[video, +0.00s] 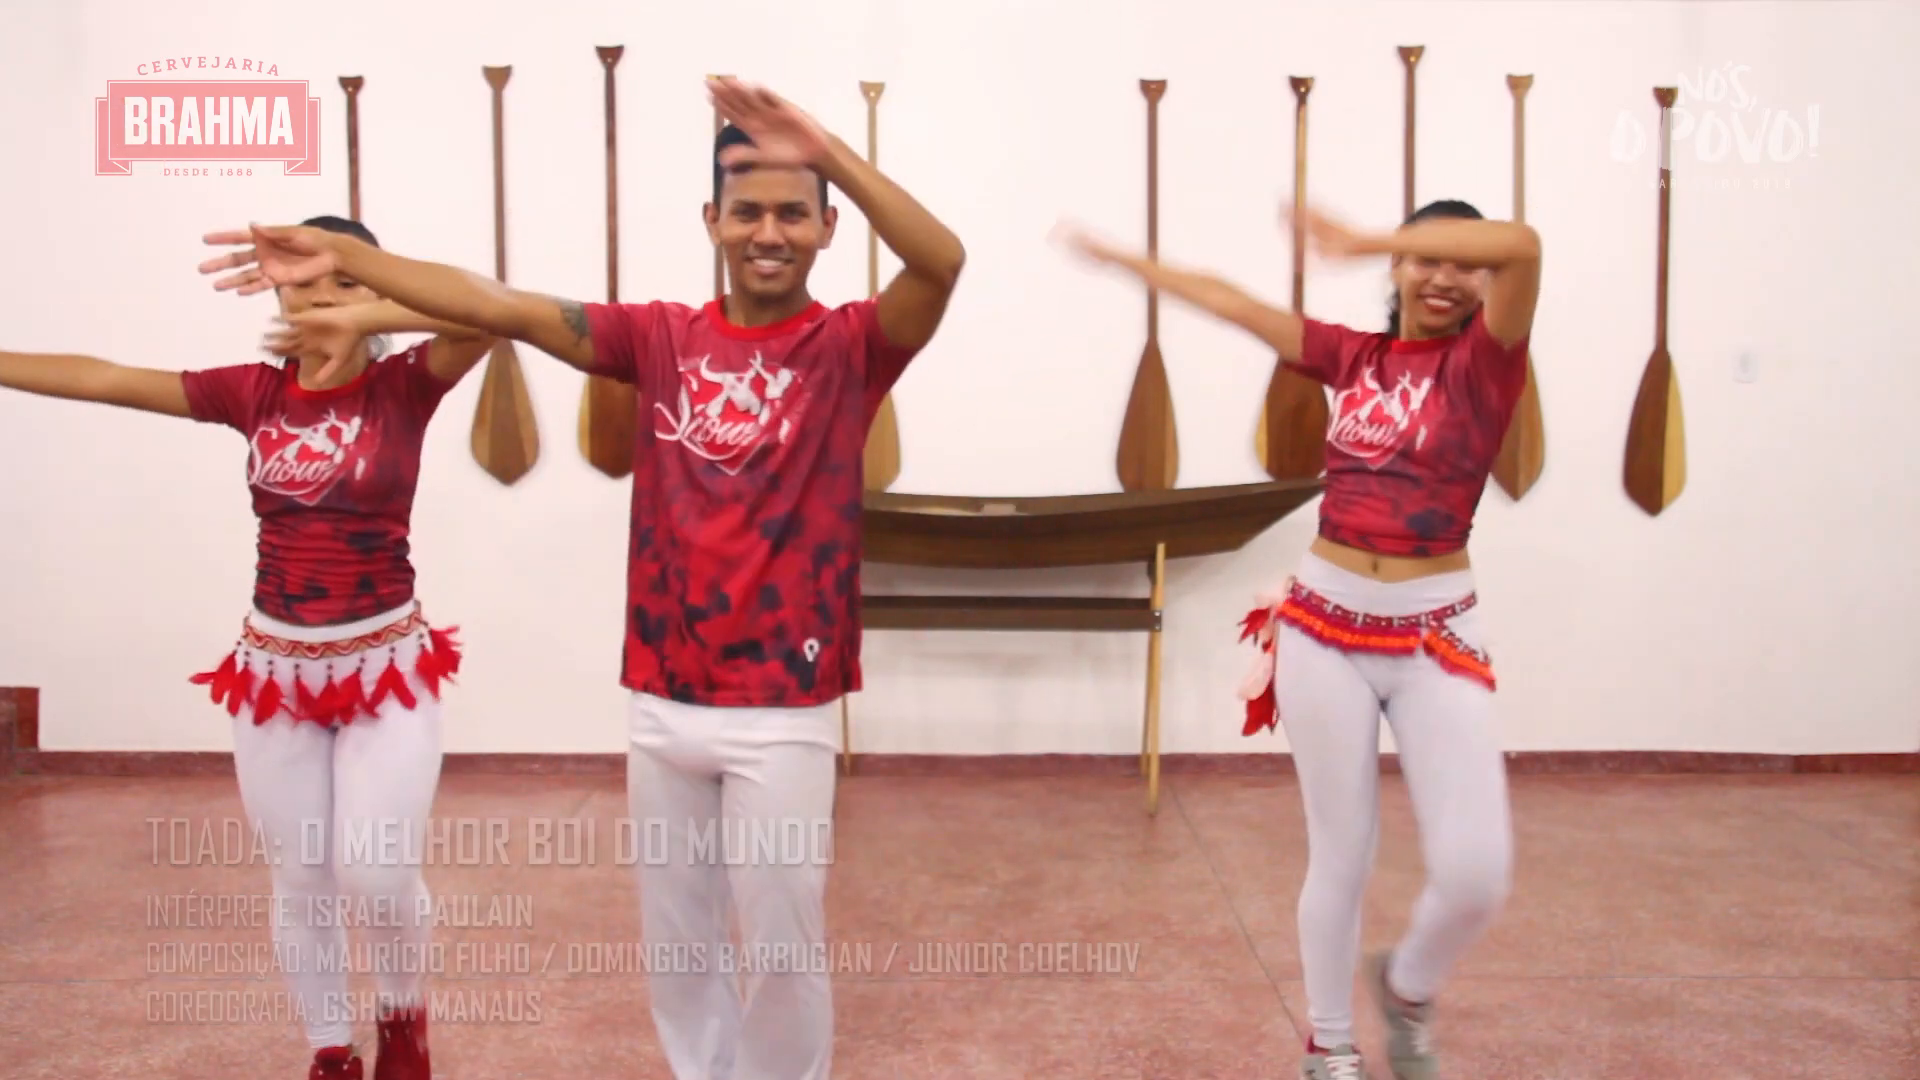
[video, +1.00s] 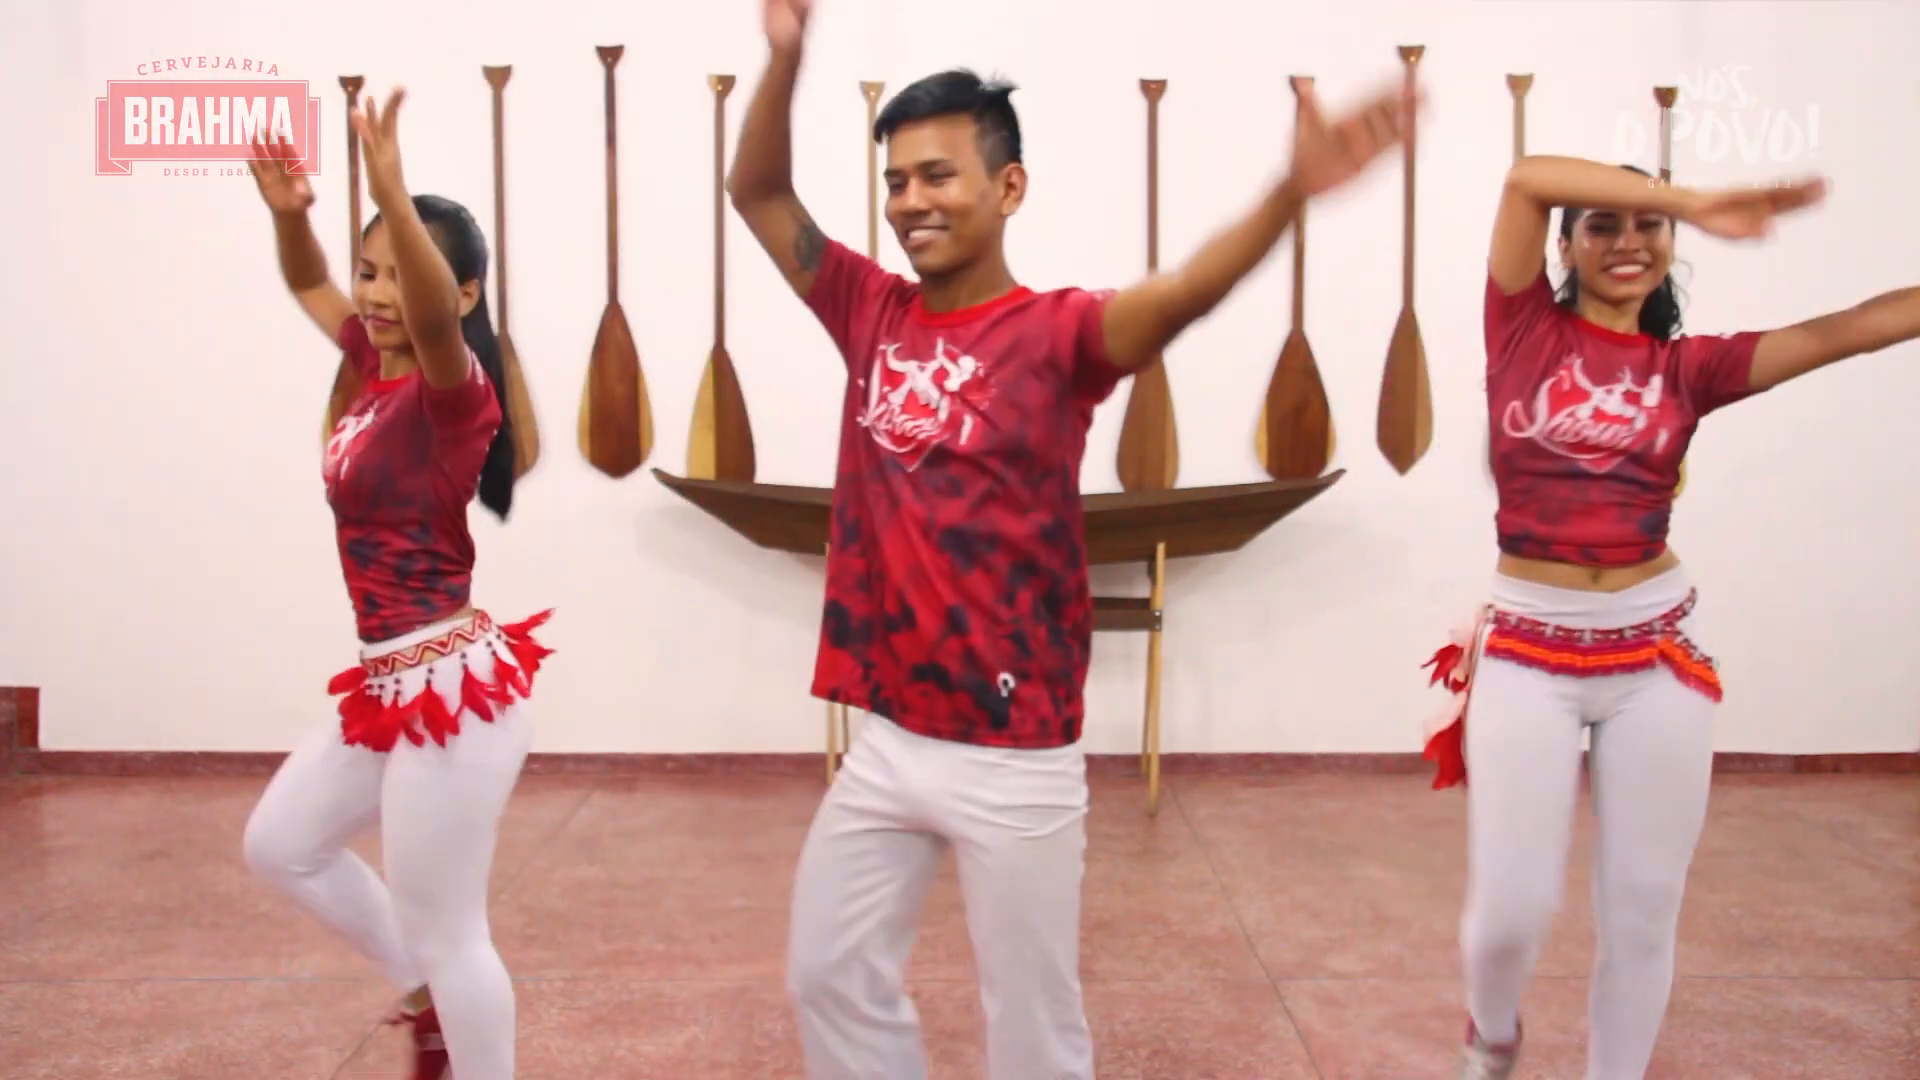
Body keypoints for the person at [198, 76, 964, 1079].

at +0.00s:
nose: (769, 232)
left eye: (791, 214)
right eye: (749, 212)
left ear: (822, 231)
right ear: (714, 226)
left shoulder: (851, 346)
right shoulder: (664, 334)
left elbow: (941, 262)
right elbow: (494, 305)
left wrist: (831, 154)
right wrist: (348, 253)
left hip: (786, 710)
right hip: (665, 703)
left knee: (779, 955)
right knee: (682, 955)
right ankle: (706, 1074)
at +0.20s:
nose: (758, 225)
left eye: (781, 205)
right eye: (737, 204)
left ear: (817, 223)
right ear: (703, 219)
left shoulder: (844, 344)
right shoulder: (653, 344)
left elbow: (909, 226)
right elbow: (503, 289)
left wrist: (789, 82)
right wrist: (365, 189)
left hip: (801, 724)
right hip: (681, 717)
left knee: (801, 960)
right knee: (677, 966)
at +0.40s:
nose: (780, 218)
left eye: (804, 200)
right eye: (757, 198)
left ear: (836, 221)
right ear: (724, 219)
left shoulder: (859, 346)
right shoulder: (684, 336)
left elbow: (923, 218)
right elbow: (553, 232)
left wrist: (885, 52)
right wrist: (474, 88)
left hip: (818, 736)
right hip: (695, 728)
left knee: (892, 977)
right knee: (695, 978)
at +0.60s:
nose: (834, 225)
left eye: (858, 205)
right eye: (811, 206)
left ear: (896, 231)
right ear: (779, 234)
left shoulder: (927, 358)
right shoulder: (745, 349)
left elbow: (1004, 243)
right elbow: (641, 217)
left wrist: (1036, 77)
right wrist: (605, 50)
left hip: (889, 761)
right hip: (755, 750)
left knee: (957, 1020)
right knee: (714, 999)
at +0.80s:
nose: (897, 211)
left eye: (923, 188)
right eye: (874, 192)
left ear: (972, 210)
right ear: (848, 217)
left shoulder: (1014, 344)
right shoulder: (829, 335)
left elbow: (1122, 247)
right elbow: (718, 199)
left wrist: (1187, 104)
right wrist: (699, 37)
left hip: (984, 761)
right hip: (846, 748)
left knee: (1020, 1030)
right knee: (769, 979)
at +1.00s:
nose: (912, 201)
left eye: (937, 175)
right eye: (896, 181)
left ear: (1009, 186)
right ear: (886, 194)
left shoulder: (1057, 332)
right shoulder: (874, 312)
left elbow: (1182, 293)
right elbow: (759, 193)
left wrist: (1291, 189)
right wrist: (781, 60)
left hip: (1016, 760)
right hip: (887, 742)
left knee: (1034, 1039)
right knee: (829, 980)